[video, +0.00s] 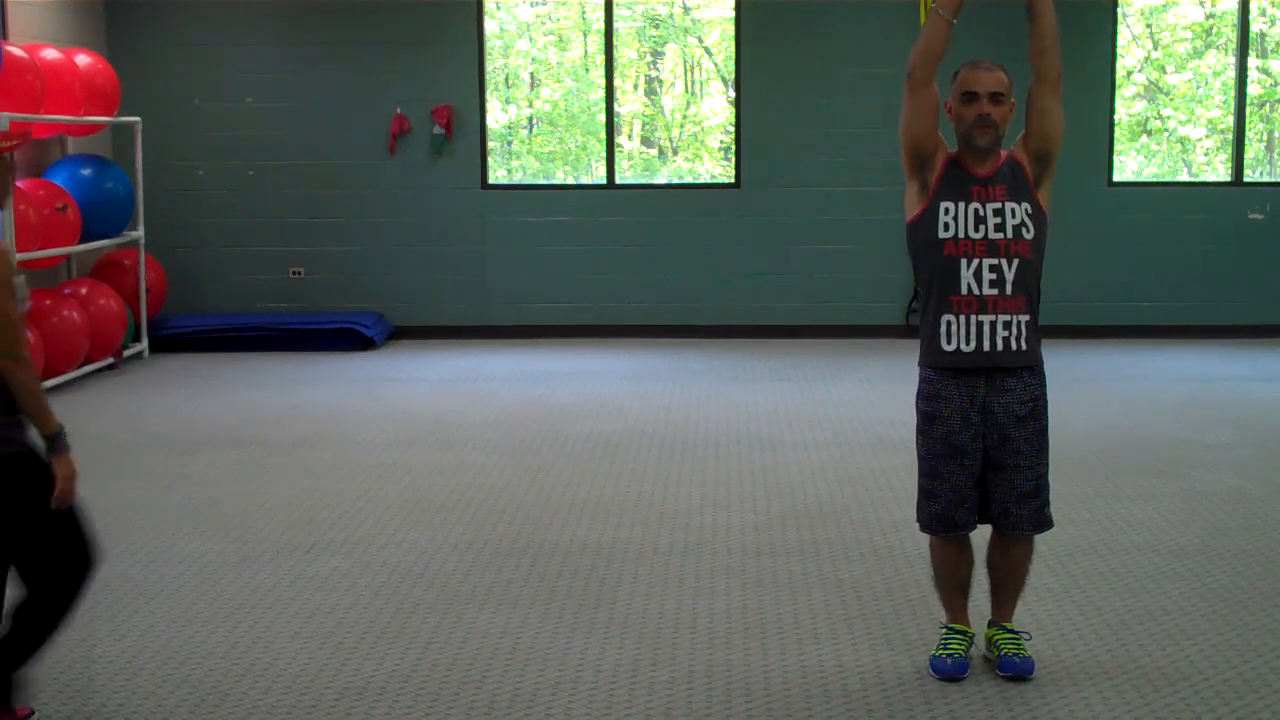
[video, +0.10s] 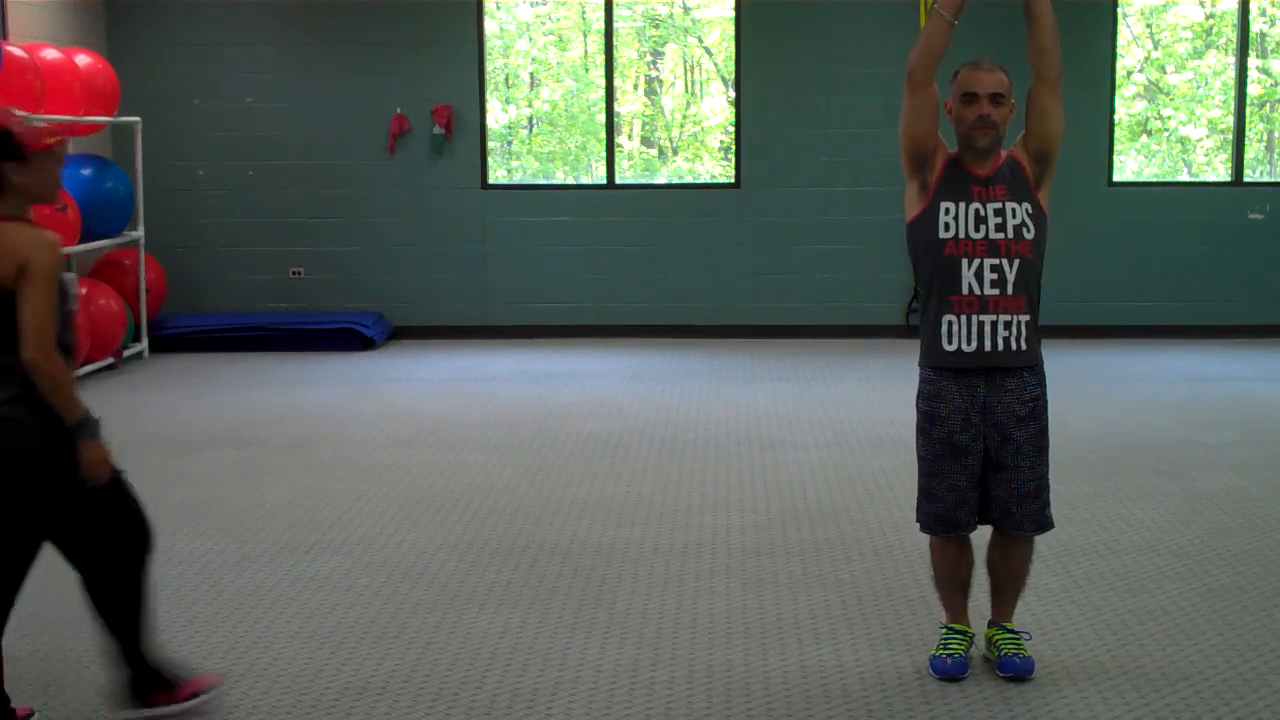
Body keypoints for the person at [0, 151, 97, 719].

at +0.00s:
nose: (14, 156)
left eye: (13, 149)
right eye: (10, 150)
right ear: (3, 169)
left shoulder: (5, 254)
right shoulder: (2, 254)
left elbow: (13, 354)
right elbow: (11, 354)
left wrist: (51, 441)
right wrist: (56, 440)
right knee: (66, 560)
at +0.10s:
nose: (61, 165)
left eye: (58, 154)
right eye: (51, 155)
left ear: (11, 169)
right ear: (13, 168)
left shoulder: (17, 240)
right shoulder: (32, 246)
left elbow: (36, 353)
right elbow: (37, 355)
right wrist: (85, 429)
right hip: (35, 443)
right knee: (118, 537)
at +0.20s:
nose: (111, 181)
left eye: (106, 169)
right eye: (100, 171)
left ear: (56, 184)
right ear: (66, 182)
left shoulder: (28, 251)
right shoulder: (88, 255)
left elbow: (51, 337)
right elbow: (79, 356)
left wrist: (130, 366)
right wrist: (128, 425)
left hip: (44, 436)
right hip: (88, 440)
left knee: (22, 580)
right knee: (163, 555)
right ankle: (255, 649)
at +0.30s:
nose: (165, 183)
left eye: (161, 173)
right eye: (153, 176)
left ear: (115, 194)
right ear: (119, 192)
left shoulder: (94, 257)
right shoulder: (144, 265)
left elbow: (131, 340)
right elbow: (136, 373)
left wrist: (198, 362)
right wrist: (186, 446)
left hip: (114, 444)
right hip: (154, 447)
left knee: (73, 572)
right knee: (233, 544)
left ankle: (4, 686)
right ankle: (287, 658)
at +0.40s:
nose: (217, 188)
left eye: (213, 179)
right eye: (205, 181)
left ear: (171, 195)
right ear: (172, 196)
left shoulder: (151, 258)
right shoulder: (194, 269)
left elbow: (181, 356)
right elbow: (192, 374)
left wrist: (240, 391)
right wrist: (238, 451)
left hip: (180, 436)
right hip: (219, 439)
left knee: (191, 544)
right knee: (292, 532)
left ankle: (84, 632)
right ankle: (291, 663)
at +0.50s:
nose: (263, 191)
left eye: (260, 181)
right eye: (250, 184)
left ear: (217, 194)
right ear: (215, 195)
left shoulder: (204, 254)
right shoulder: (231, 264)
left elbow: (219, 356)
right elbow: (225, 369)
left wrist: (272, 412)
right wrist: (271, 443)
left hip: (233, 424)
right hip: (255, 428)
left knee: (288, 532)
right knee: (322, 532)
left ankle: (219, 630)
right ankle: (293, 661)